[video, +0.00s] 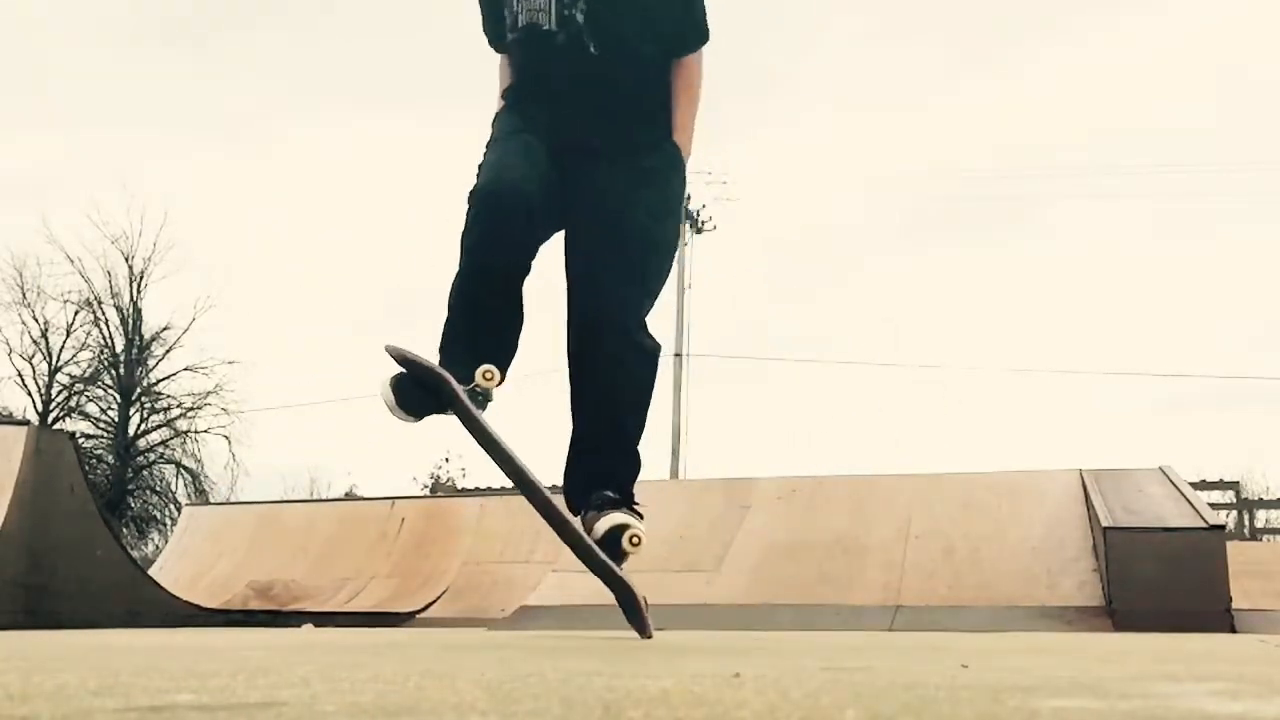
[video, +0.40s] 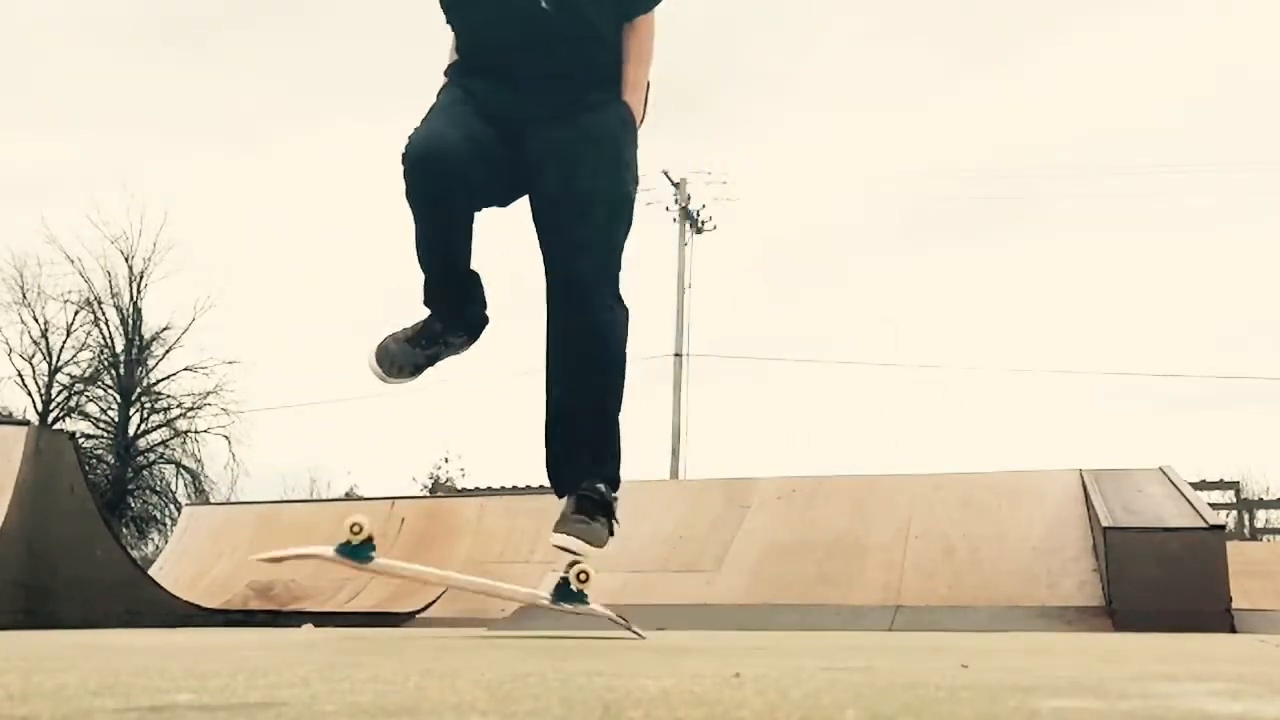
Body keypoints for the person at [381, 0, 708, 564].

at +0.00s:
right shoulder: (501, 4)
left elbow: (687, 47)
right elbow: (509, 52)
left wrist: (677, 157)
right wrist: (503, 132)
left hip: (633, 128)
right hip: (536, 122)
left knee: (612, 325)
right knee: (502, 198)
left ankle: (603, 496)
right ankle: (470, 364)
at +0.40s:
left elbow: (639, 14)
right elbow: (464, 30)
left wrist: (628, 113)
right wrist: (455, 83)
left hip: (585, 98)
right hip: (485, 88)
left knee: (586, 295)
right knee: (432, 159)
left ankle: (590, 488)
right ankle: (454, 316)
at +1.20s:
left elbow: (615, 15)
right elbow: (435, 38)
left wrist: (597, 109)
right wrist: (432, 100)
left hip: (550, 112)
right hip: (452, 107)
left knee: (541, 220)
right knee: (384, 183)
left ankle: (549, 395)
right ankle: (377, 373)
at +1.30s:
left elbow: (614, 17)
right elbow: (432, 35)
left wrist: (592, 115)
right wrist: (429, 100)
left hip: (550, 119)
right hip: (449, 111)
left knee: (539, 226)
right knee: (380, 197)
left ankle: (547, 399)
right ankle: (367, 384)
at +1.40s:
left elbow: (613, 18)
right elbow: (429, 35)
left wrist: (589, 117)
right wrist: (428, 100)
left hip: (548, 118)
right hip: (447, 111)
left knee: (539, 232)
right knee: (378, 212)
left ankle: (543, 406)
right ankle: (357, 399)